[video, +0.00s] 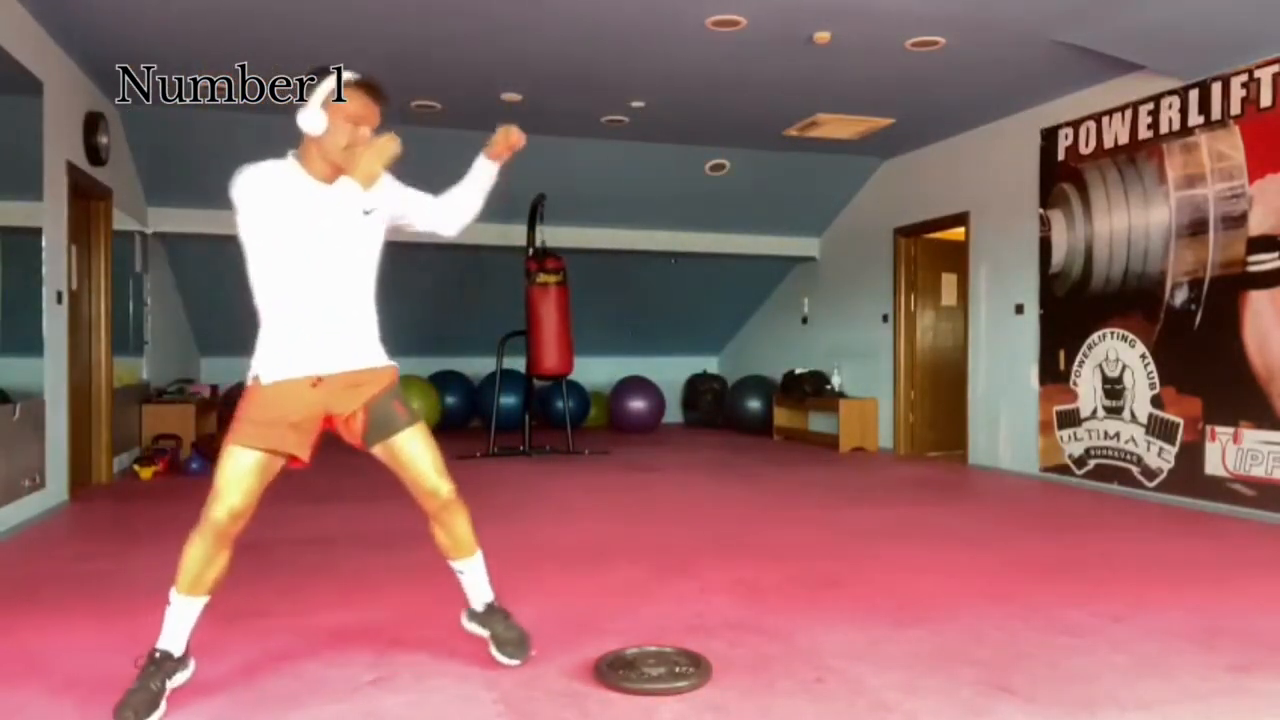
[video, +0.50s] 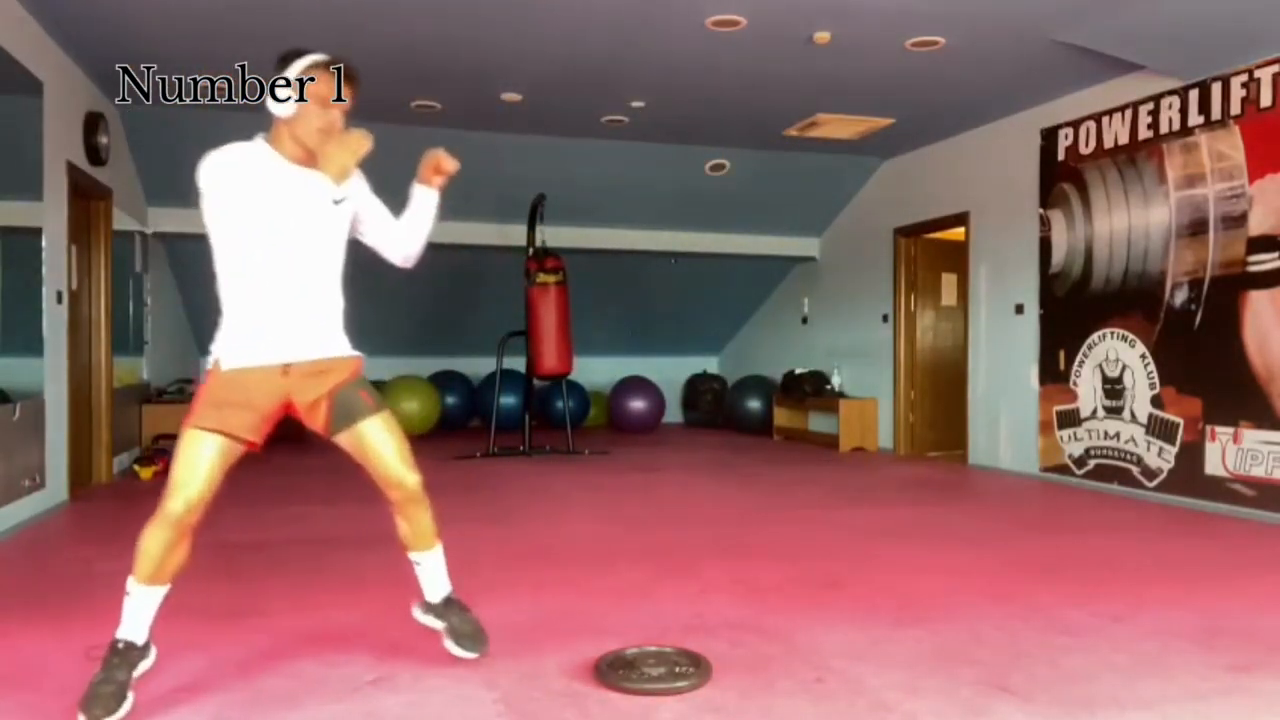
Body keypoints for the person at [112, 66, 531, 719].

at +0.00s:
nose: (365, 142)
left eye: (373, 132)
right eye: (355, 127)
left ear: (375, 134)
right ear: (315, 120)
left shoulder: (375, 191)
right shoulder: (255, 184)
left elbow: (447, 217)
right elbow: (295, 233)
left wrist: (490, 161)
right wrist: (367, 173)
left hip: (366, 376)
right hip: (279, 384)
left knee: (440, 492)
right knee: (222, 516)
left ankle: (485, 607)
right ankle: (168, 654)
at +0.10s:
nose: (405, 184)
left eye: (410, 172)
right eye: (394, 168)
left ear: (408, 177)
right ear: (355, 165)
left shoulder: (401, 232)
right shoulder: (294, 229)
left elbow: (465, 292)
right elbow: (342, 298)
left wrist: (481, 234)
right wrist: (406, 233)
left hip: (395, 410)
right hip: (312, 415)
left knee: (468, 516)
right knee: (241, 536)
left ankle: (499, 624)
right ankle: (175, 645)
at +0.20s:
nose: (420, 221)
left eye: (425, 209)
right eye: (408, 206)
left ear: (426, 214)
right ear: (369, 207)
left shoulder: (411, 279)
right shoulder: (312, 272)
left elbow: (433, 363)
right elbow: (345, 347)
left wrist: (461, 333)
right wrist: (416, 284)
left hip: (409, 435)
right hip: (333, 444)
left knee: (494, 530)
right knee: (267, 568)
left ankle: (499, 630)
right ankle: (190, 657)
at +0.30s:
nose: (399, 199)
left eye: (404, 188)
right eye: (387, 183)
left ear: (406, 193)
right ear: (347, 180)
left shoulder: (398, 252)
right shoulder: (290, 248)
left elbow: (437, 330)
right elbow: (320, 314)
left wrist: (475, 299)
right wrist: (392, 252)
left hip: (396, 425)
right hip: (315, 432)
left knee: (477, 527)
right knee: (243, 556)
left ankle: (499, 628)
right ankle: (183, 657)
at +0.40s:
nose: (366, 144)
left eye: (373, 134)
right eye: (354, 127)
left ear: (377, 138)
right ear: (317, 124)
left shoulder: (371, 194)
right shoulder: (256, 189)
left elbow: (420, 270)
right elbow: (296, 246)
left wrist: (454, 218)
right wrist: (367, 185)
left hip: (364, 382)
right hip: (276, 388)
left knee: (437, 499)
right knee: (207, 516)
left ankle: (489, 615)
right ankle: (156, 646)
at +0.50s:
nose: (342, 116)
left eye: (346, 105)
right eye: (332, 100)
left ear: (341, 112)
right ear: (286, 98)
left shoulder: (341, 177)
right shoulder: (223, 168)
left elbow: (402, 249)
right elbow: (257, 230)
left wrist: (428, 188)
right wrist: (334, 167)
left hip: (329, 367)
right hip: (241, 372)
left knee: (407, 483)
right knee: (179, 507)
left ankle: (439, 598)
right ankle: (129, 644)